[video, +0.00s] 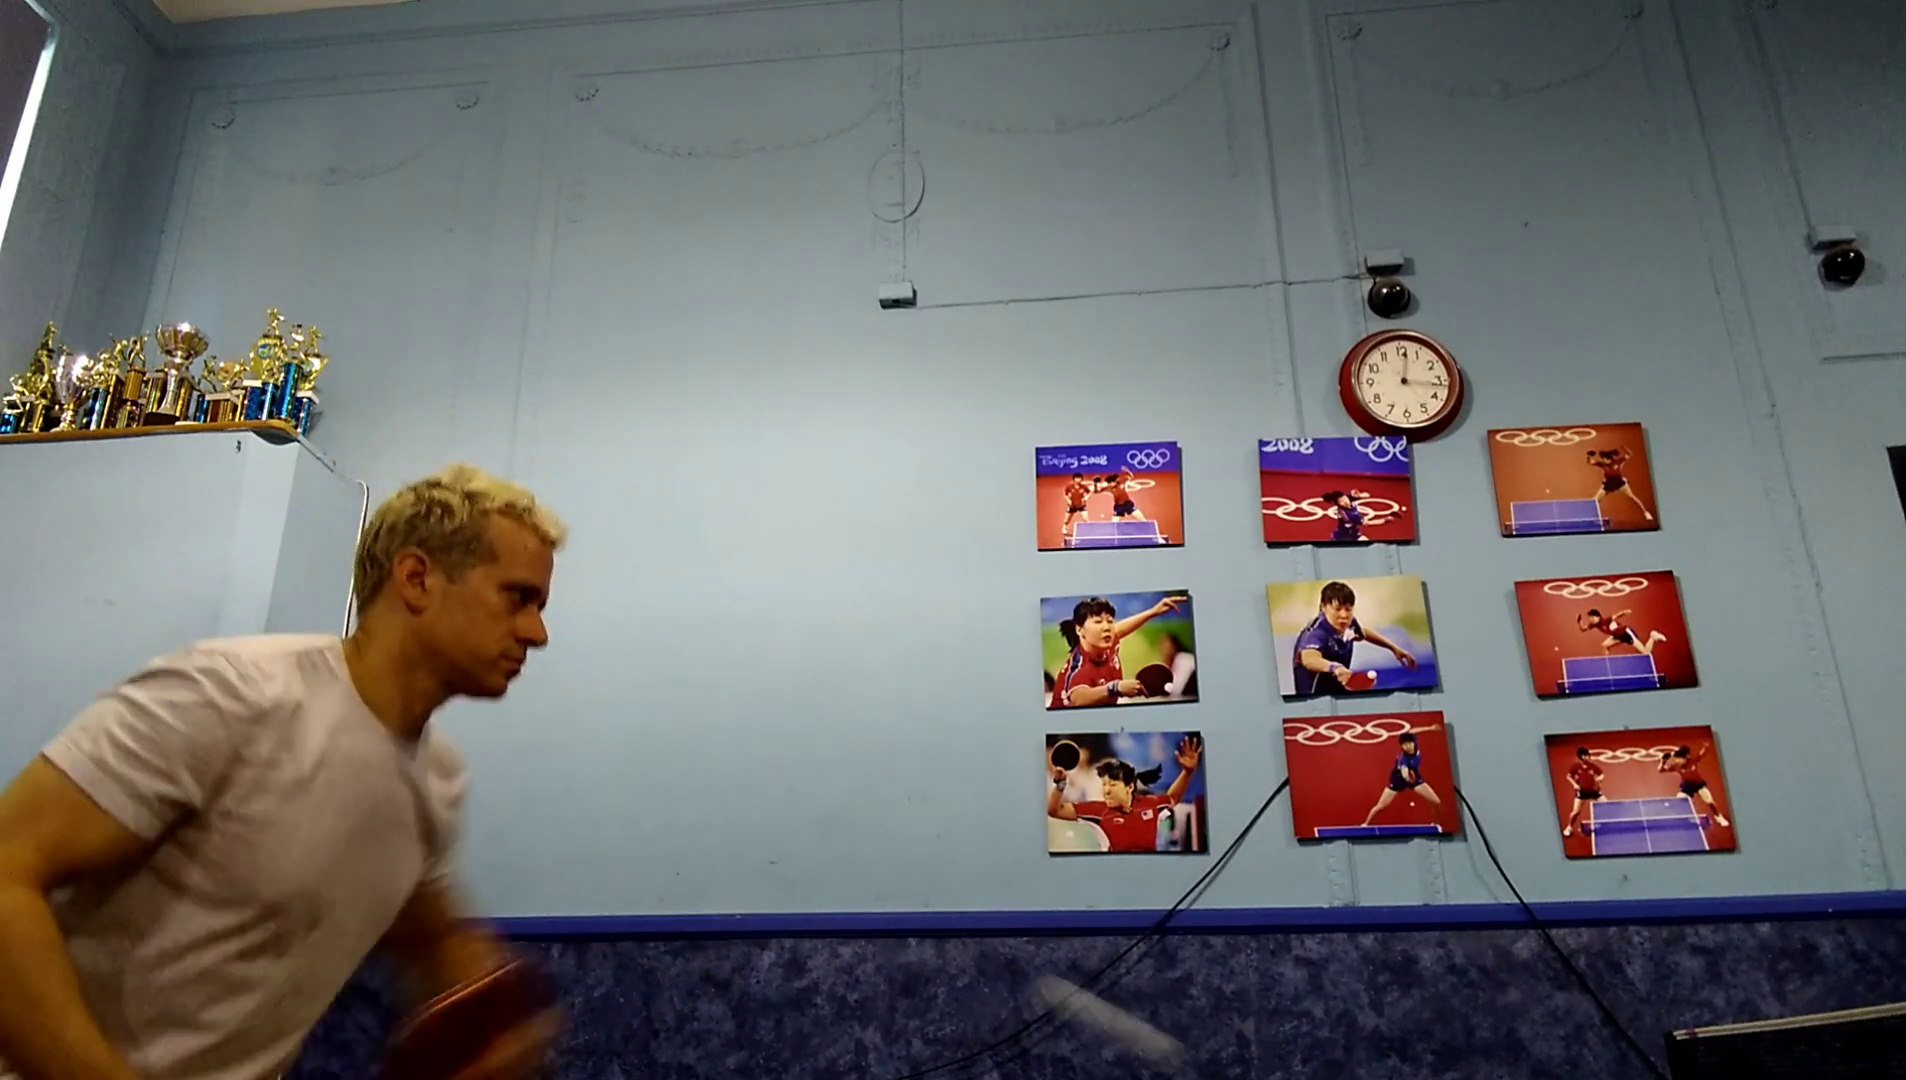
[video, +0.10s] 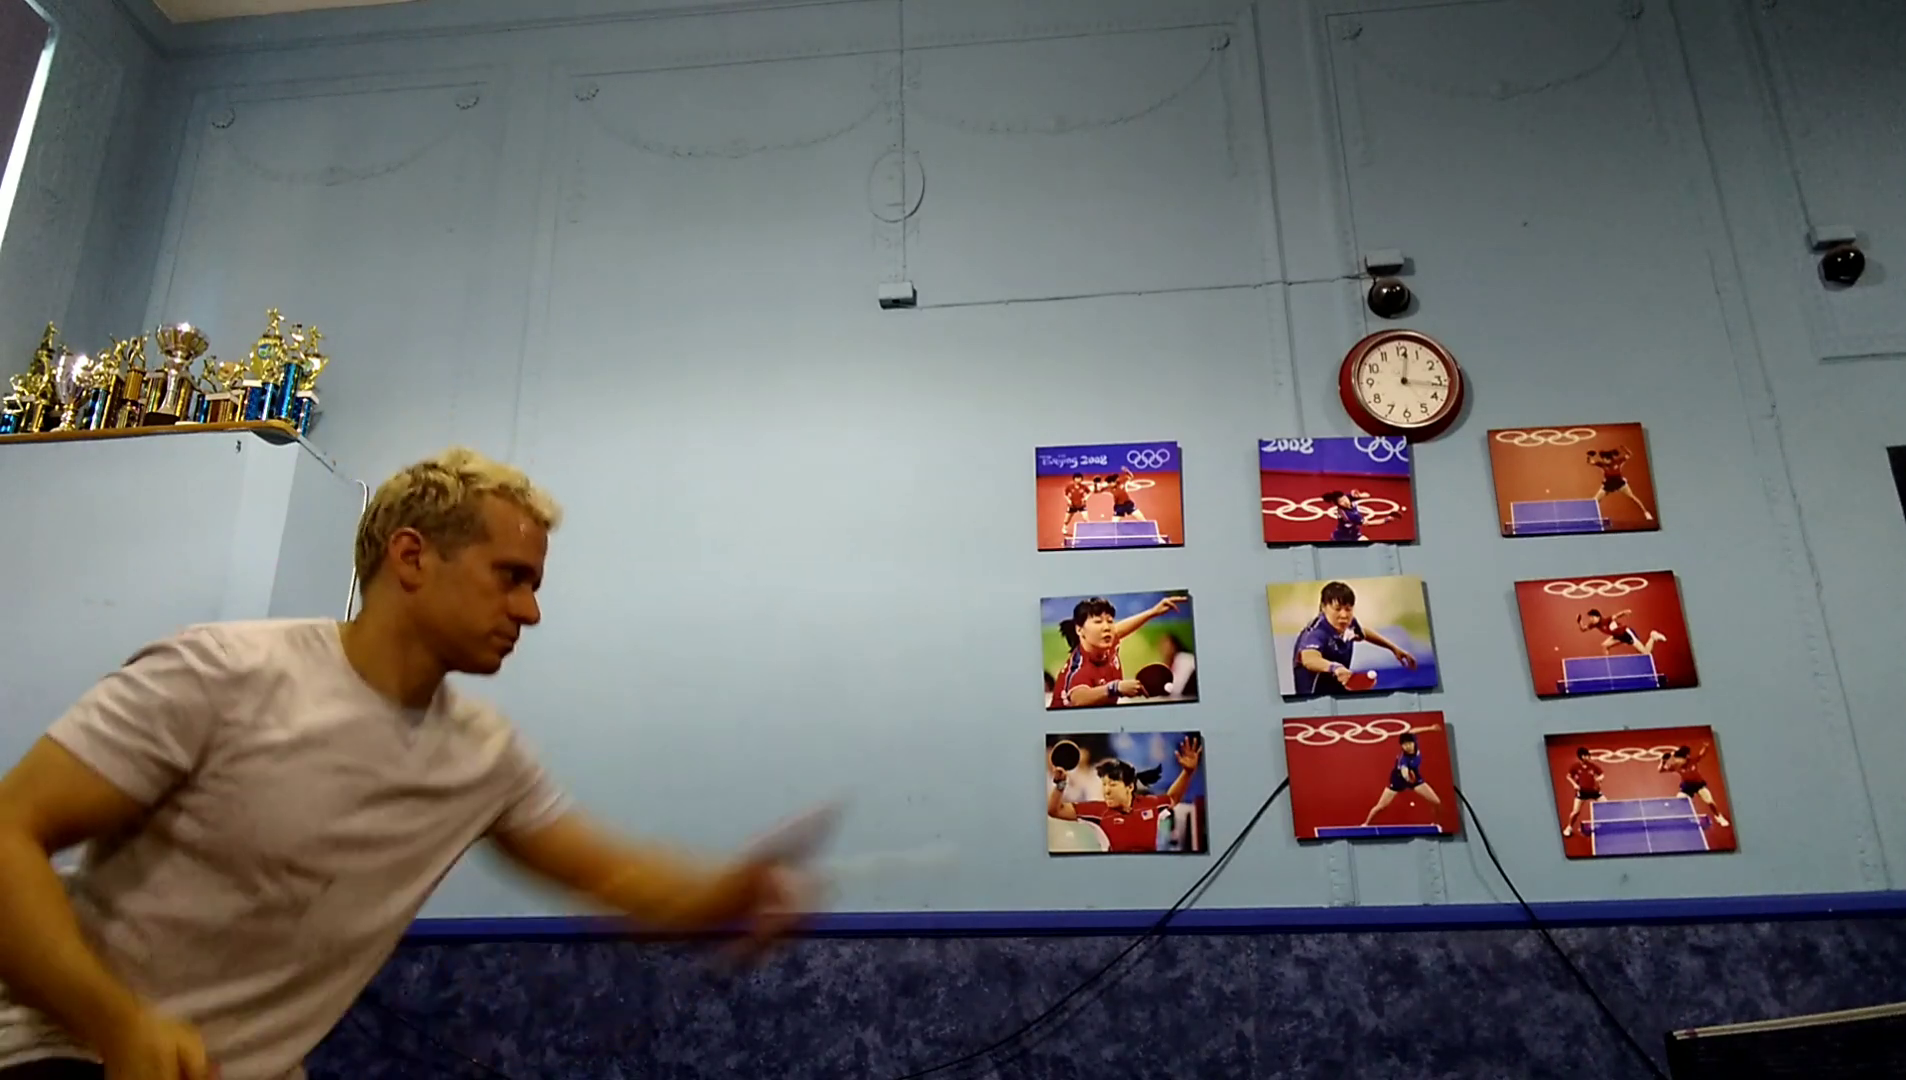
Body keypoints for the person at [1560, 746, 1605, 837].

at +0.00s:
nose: (1587, 758)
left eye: (1588, 755)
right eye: (1585, 756)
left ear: (1589, 756)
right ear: (1581, 757)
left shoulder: (1592, 766)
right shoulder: (1576, 767)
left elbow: (1602, 774)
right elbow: (1568, 776)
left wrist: (1598, 779)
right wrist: (1574, 785)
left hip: (1594, 791)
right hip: (1582, 791)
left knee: (1606, 806)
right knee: (1576, 812)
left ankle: (1606, 826)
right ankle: (1569, 827)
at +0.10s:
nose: (1587, 758)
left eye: (1588, 755)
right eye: (1585, 756)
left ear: (1589, 756)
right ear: (1581, 757)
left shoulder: (1592, 766)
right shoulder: (1576, 767)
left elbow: (1602, 774)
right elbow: (1568, 776)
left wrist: (1598, 779)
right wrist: (1574, 785)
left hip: (1594, 791)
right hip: (1582, 791)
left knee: (1606, 806)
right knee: (1576, 812)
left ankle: (1607, 826)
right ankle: (1569, 827)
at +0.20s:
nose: (1588, 757)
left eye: (1588, 755)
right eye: (1585, 755)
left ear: (1589, 756)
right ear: (1581, 757)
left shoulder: (1592, 766)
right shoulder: (1576, 767)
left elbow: (1602, 774)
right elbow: (1568, 776)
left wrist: (1598, 779)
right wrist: (1574, 785)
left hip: (1594, 791)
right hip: (1582, 791)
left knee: (1606, 806)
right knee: (1576, 812)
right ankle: (1569, 827)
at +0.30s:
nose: (1587, 758)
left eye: (1588, 755)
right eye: (1585, 756)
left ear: (1589, 756)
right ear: (1581, 757)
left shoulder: (1592, 766)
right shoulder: (1576, 767)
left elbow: (1602, 774)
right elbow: (1568, 776)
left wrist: (1598, 779)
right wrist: (1574, 785)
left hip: (1594, 791)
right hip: (1582, 791)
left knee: (1606, 806)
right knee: (1576, 812)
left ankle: (1607, 826)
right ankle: (1569, 827)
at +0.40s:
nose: (1587, 758)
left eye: (1588, 755)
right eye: (1585, 756)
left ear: (1589, 756)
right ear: (1581, 757)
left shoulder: (1592, 766)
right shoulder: (1576, 767)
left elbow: (1602, 774)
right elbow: (1568, 776)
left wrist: (1598, 779)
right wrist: (1574, 785)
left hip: (1594, 791)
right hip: (1582, 791)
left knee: (1606, 806)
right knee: (1576, 812)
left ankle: (1607, 826)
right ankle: (1569, 827)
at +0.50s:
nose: (1587, 758)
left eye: (1588, 755)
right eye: (1585, 756)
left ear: (1589, 756)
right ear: (1581, 757)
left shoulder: (1592, 766)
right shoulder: (1576, 766)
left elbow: (1602, 774)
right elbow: (1568, 776)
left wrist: (1598, 779)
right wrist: (1574, 785)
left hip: (1594, 791)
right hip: (1582, 791)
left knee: (1606, 806)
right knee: (1576, 812)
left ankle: (1607, 826)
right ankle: (1569, 827)